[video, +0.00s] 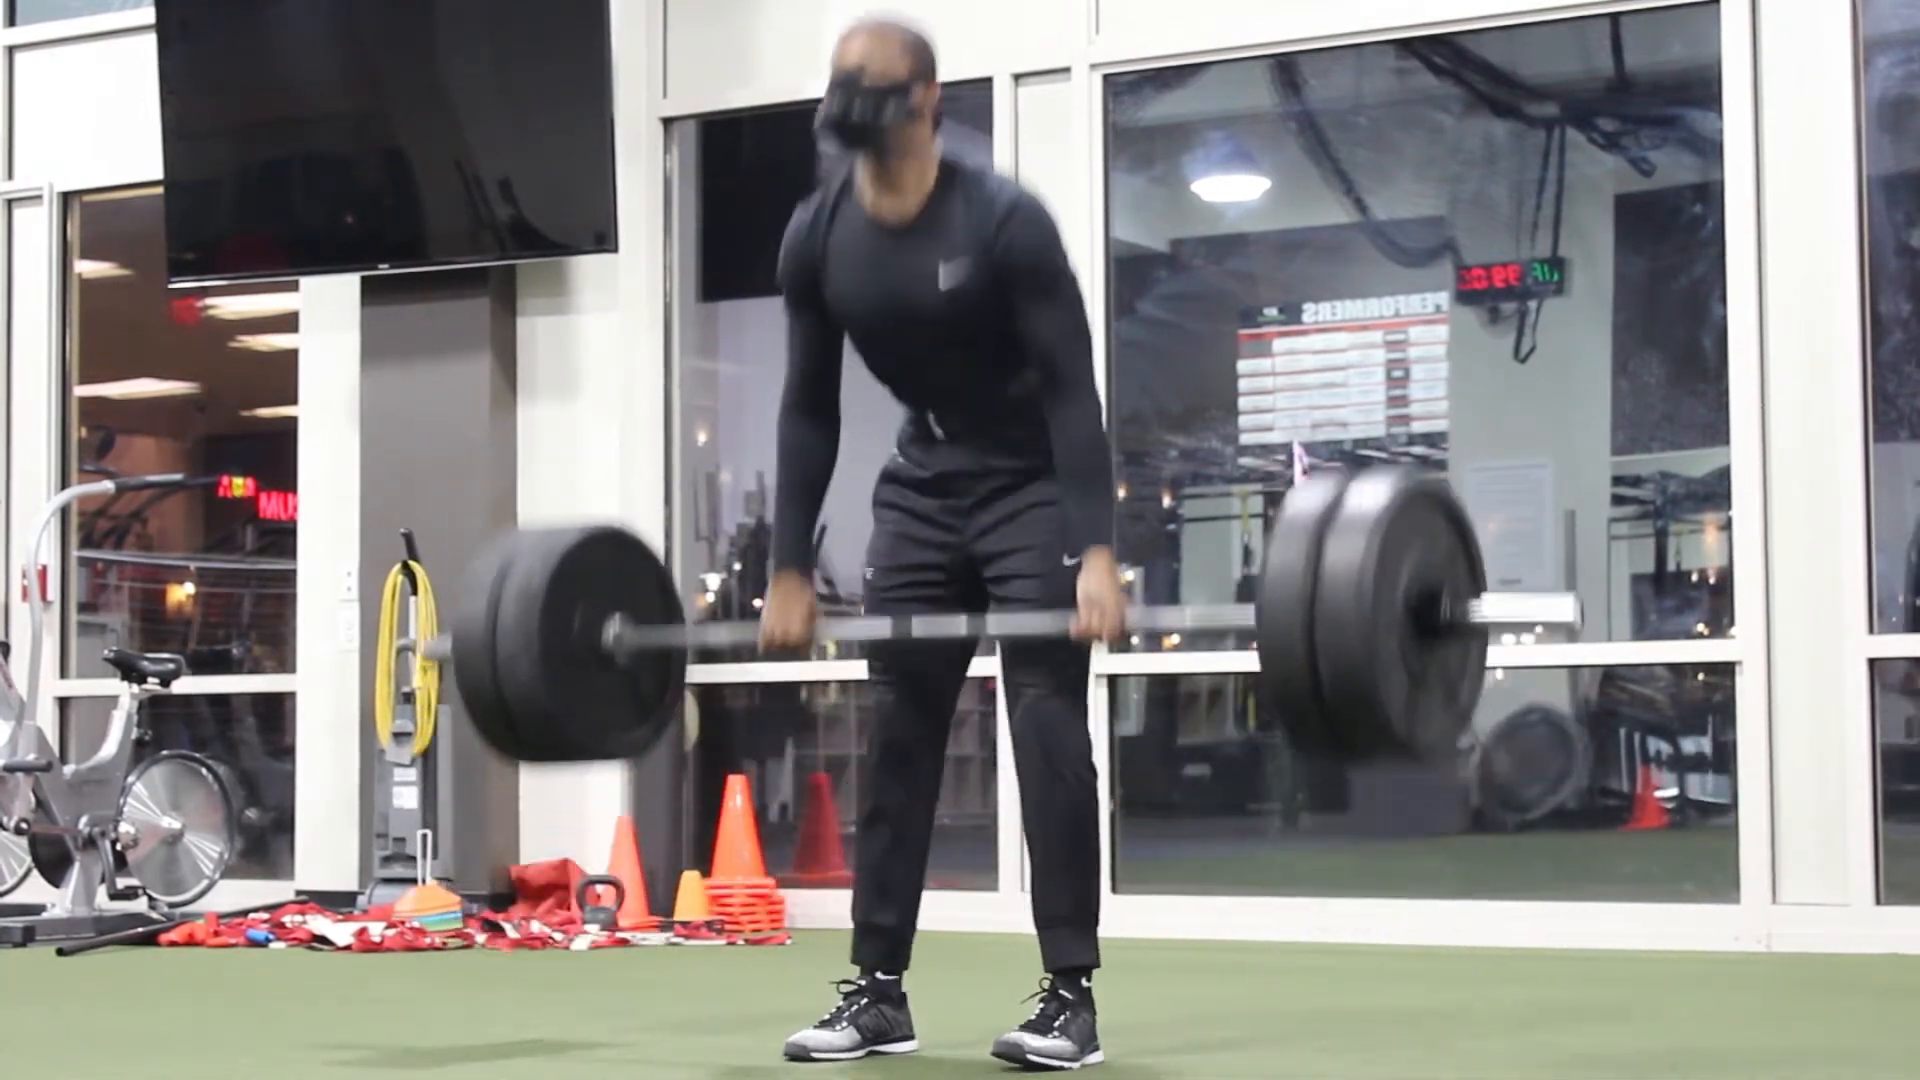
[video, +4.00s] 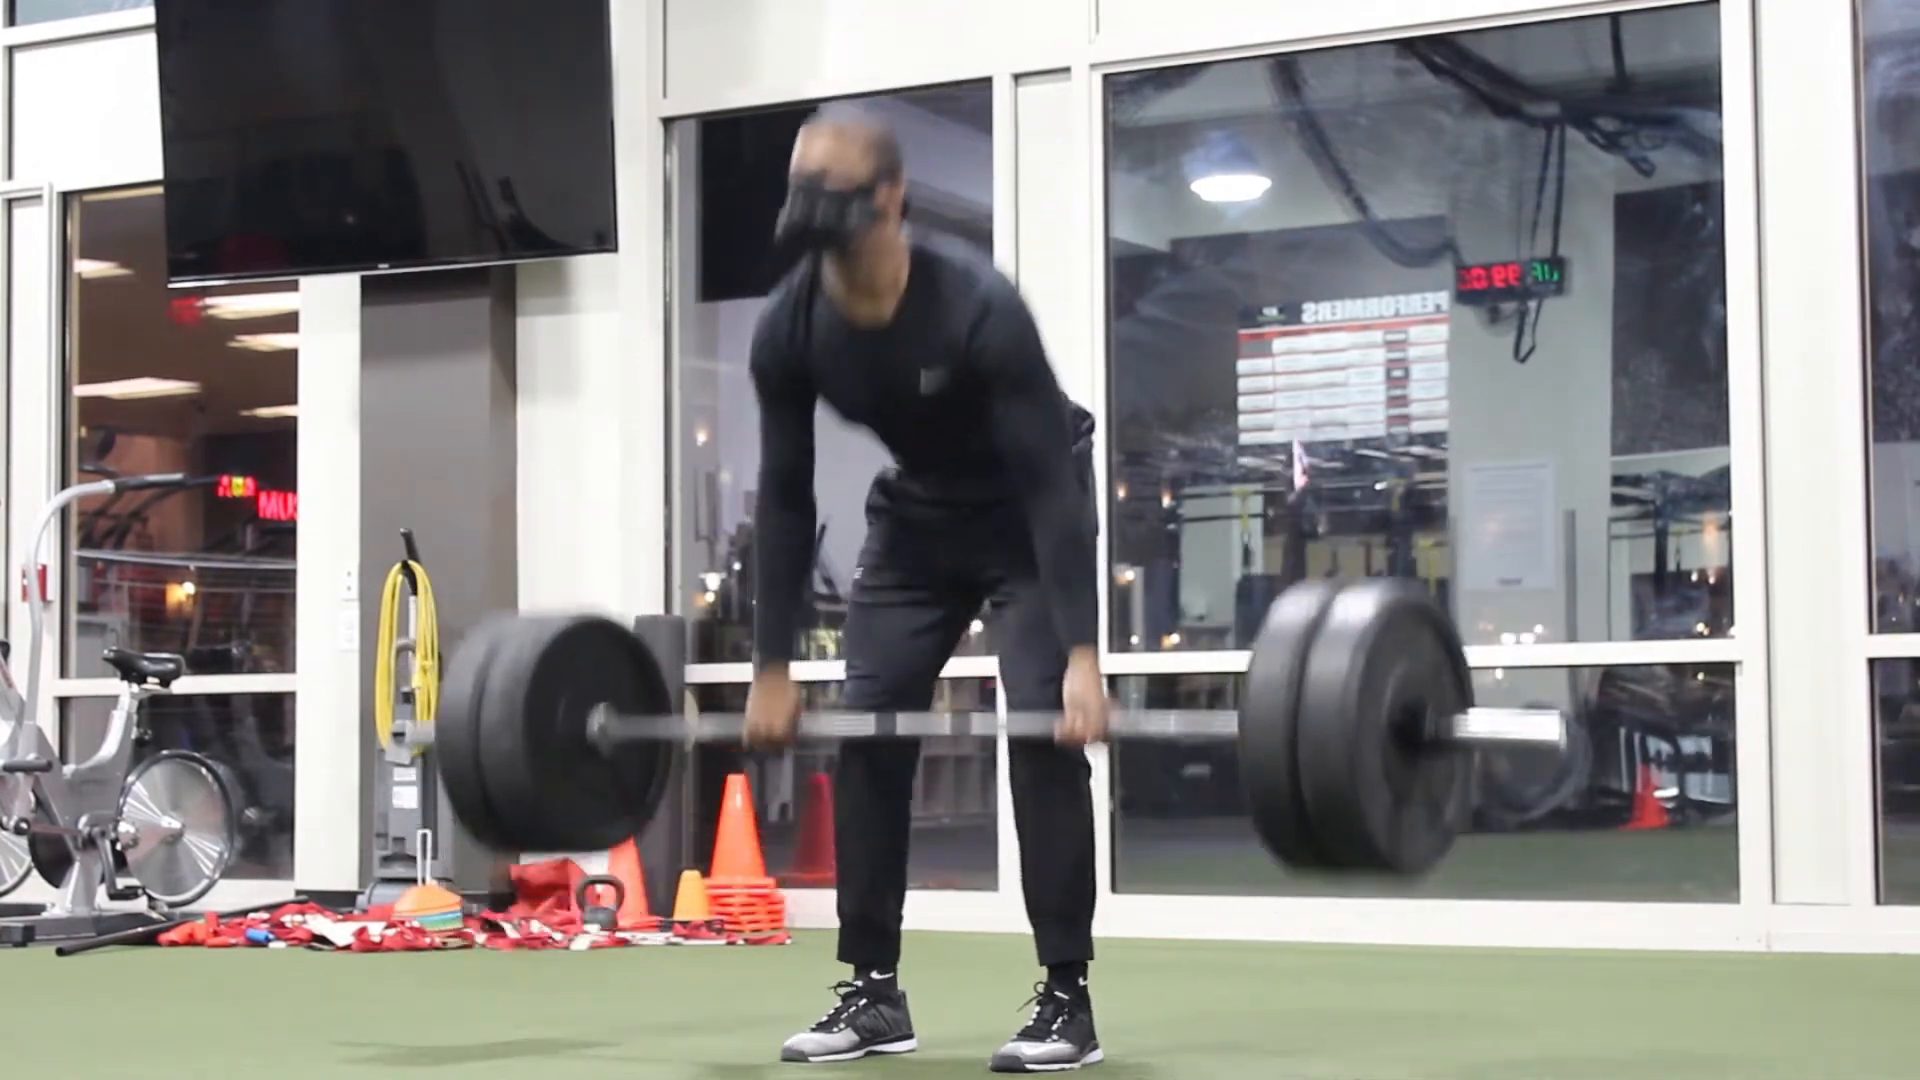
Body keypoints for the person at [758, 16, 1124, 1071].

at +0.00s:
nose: (856, 108)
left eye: (877, 90)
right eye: (844, 91)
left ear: (931, 98)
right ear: (832, 103)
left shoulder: (1007, 220)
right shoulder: (816, 240)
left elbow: (1073, 387)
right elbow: (808, 408)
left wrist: (1098, 548)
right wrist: (790, 566)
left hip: (1035, 482)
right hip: (921, 483)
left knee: (1046, 727)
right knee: (900, 731)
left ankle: (1070, 996)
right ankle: (878, 991)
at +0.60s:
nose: (830, 246)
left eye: (853, 230)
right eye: (823, 229)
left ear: (914, 243)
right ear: (812, 239)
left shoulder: (999, 356)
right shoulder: (812, 379)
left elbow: (1059, 543)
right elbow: (795, 559)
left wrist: (1075, 717)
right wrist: (769, 721)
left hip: (1056, 527)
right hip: (943, 540)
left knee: (1047, 731)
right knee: (859, 723)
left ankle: (1065, 1000)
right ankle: (872, 994)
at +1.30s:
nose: (815, 170)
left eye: (839, 152)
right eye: (806, 150)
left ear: (898, 157)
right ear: (798, 156)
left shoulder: (988, 274)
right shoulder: (797, 291)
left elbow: (1064, 437)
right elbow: (793, 459)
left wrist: (1086, 605)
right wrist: (783, 620)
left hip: (1037, 505)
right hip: (921, 504)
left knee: (1041, 711)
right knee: (884, 714)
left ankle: (1067, 993)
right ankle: (874, 990)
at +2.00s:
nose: (817, 274)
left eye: (841, 259)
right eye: (810, 256)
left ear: (901, 271)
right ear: (799, 258)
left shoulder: (991, 377)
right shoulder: (804, 402)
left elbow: (1054, 567)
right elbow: (793, 578)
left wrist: (1075, 742)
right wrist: (766, 749)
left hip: (1051, 530)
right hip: (939, 544)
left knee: (1041, 729)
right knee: (852, 728)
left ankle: (1065, 1002)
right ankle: (872, 996)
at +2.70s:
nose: (813, 148)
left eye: (838, 130)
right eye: (806, 129)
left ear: (899, 138)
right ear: (799, 138)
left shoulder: (987, 258)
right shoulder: (796, 273)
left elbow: (1056, 424)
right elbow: (789, 443)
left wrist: (1078, 585)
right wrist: (775, 604)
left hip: (1026, 497)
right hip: (911, 499)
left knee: (1034, 719)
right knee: (878, 728)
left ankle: (1066, 995)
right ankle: (874, 991)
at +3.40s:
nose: (812, 299)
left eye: (836, 281)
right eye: (804, 280)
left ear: (897, 289)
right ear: (793, 282)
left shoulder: (986, 391)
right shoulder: (798, 415)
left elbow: (1051, 580)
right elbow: (786, 586)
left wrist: (1072, 761)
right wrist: (761, 759)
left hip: (1048, 535)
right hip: (933, 548)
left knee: (1029, 730)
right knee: (849, 725)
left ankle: (1064, 999)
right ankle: (871, 994)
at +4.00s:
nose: (806, 206)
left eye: (830, 190)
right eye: (799, 187)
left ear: (889, 197)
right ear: (788, 191)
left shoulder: (980, 308)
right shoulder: (789, 328)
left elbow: (1051, 479)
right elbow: (785, 497)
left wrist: (1082, 656)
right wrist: (775, 665)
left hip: (1034, 502)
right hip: (919, 509)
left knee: (1041, 733)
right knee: (868, 725)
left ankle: (1065, 998)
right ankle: (873, 992)